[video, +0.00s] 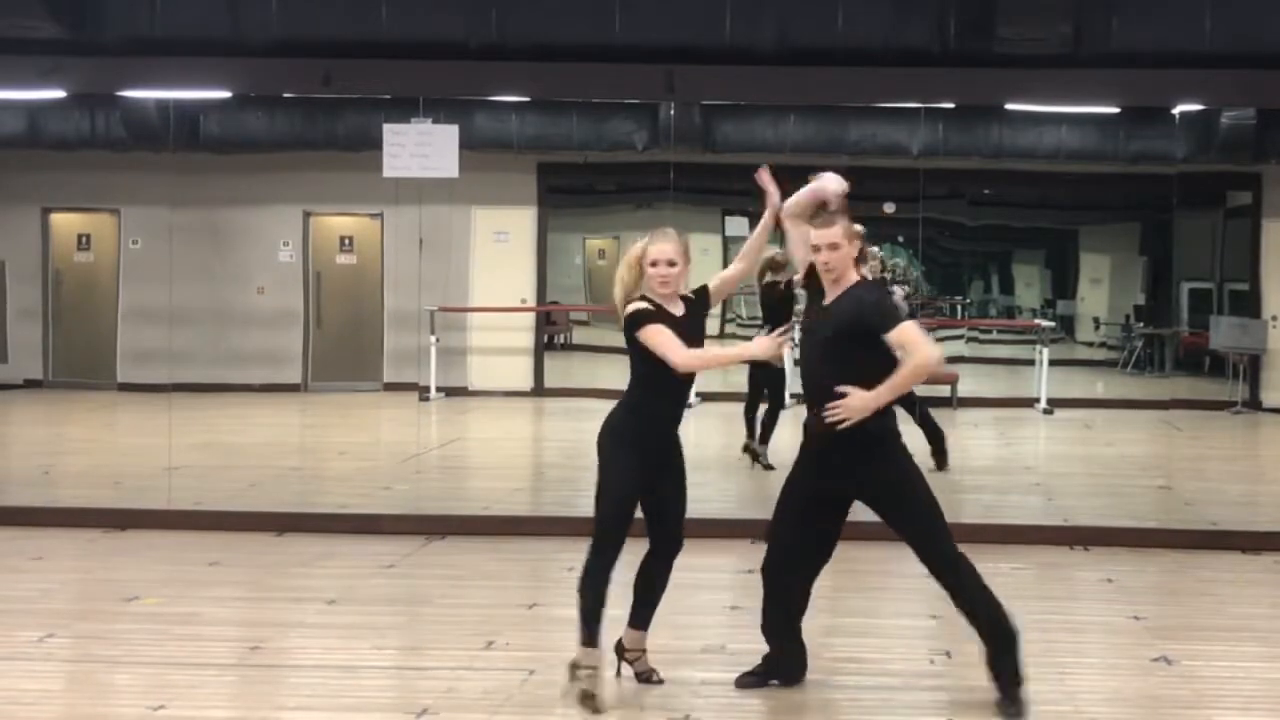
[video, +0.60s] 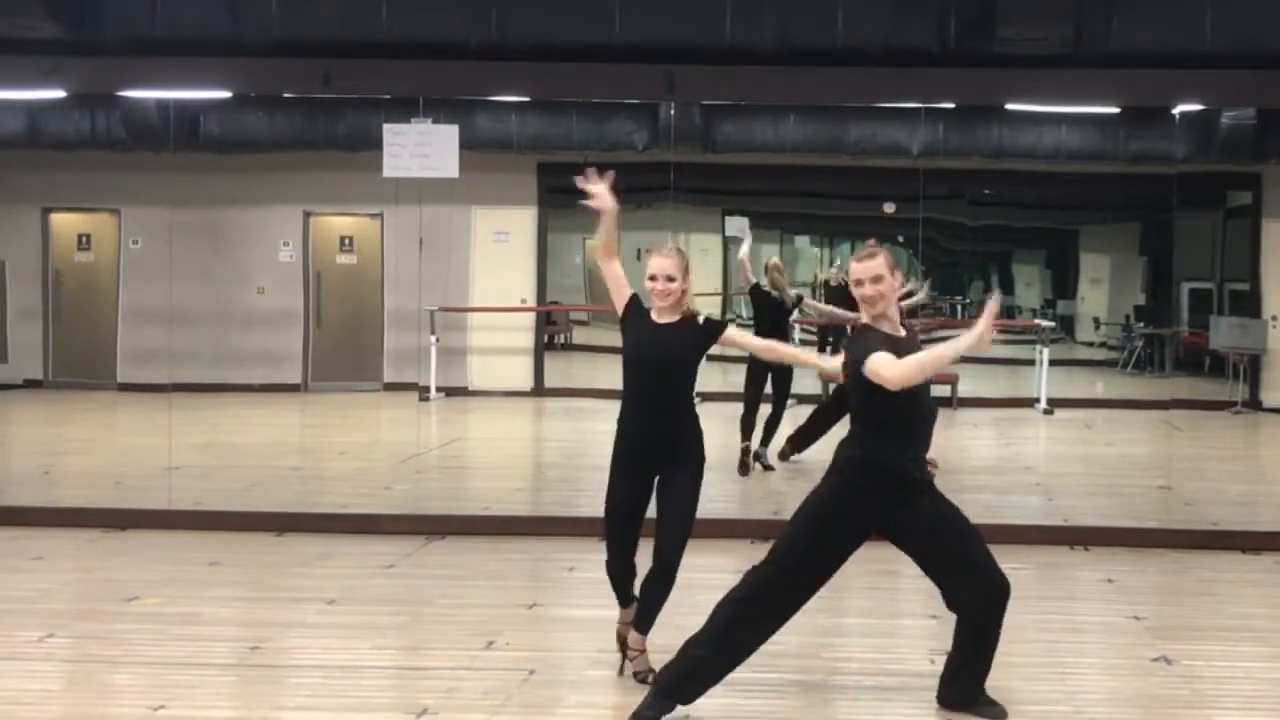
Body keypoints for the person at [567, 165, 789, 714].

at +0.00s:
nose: (665, 271)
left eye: (673, 263)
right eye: (656, 264)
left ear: (685, 267)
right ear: (641, 271)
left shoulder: (696, 303)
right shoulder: (640, 316)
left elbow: (741, 267)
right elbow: (684, 359)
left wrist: (771, 212)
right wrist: (751, 349)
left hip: (663, 441)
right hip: (626, 438)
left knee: (667, 541)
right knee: (608, 539)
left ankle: (634, 641)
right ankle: (587, 650)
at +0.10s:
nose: (655, 278)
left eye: (664, 269)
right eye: (648, 270)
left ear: (685, 272)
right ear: (639, 274)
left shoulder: (703, 310)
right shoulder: (632, 316)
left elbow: (756, 252)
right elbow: (615, 376)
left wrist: (784, 205)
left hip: (675, 442)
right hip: (627, 437)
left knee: (677, 543)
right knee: (589, 537)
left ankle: (635, 640)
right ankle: (535, 640)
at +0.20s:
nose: (656, 281)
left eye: (665, 273)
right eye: (649, 273)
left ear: (685, 275)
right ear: (641, 275)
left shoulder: (705, 316)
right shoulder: (628, 323)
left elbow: (753, 273)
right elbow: (578, 375)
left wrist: (794, 227)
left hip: (676, 447)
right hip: (625, 443)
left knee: (678, 551)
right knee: (587, 535)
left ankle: (636, 640)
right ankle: (538, 620)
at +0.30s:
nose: (657, 282)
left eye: (665, 274)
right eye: (650, 274)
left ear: (684, 279)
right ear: (642, 277)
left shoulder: (705, 322)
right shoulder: (624, 324)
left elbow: (765, 281)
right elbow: (559, 345)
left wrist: (810, 246)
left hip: (676, 448)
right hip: (625, 444)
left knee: (674, 555)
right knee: (603, 537)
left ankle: (635, 640)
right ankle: (579, 611)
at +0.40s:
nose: (655, 288)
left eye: (665, 280)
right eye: (649, 280)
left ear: (683, 283)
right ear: (641, 280)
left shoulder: (703, 324)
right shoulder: (623, 320)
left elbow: (772, 298)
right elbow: (561, 304)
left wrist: (833, 270)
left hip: (674, 450)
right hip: (624, 448)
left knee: (672, 554)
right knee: (619, 545)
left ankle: (633, 641)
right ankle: (610, 614)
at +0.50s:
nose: (657, 288)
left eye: (665, 280)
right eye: (650, 280)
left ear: (683, 283)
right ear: (642, 282)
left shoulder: (701, 329)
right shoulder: (627, 316)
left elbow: (768, 323)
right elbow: (584, 271)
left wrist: (833, 311)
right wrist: (547, 227)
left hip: (678, 455)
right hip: (627, 452)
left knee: (668, 558)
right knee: (619, 549)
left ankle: (635, 637)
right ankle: (620, 611)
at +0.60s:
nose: (659, 285)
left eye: (669, 278)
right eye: (653, 277)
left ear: (685, 283)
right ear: (644, 281)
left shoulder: (702, 329)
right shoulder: (632, 316)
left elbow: (765, 347)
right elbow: (606, 259)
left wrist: (822, 362)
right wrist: (609, 212)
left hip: (681, 451)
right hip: (632, 448)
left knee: (669, 558)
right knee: (618, 554)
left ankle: (637, 637)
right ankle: (629, 610)